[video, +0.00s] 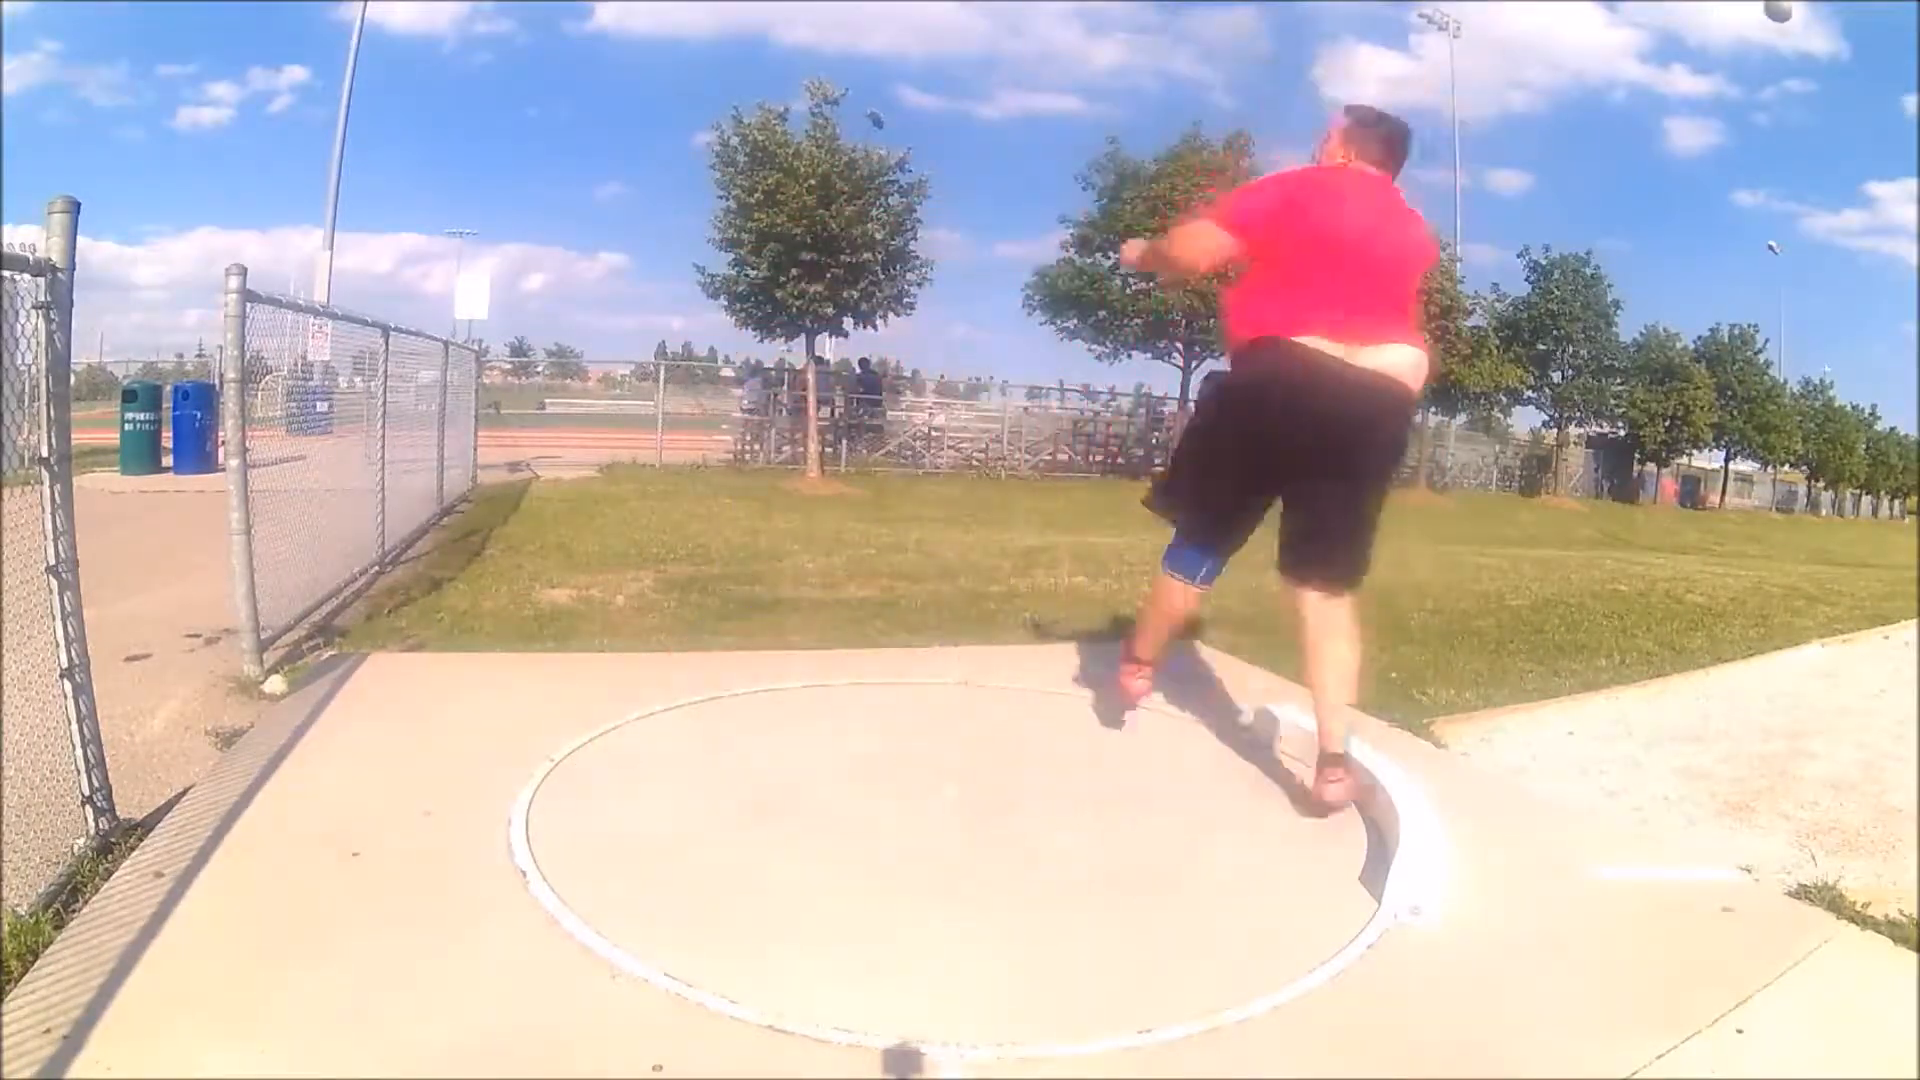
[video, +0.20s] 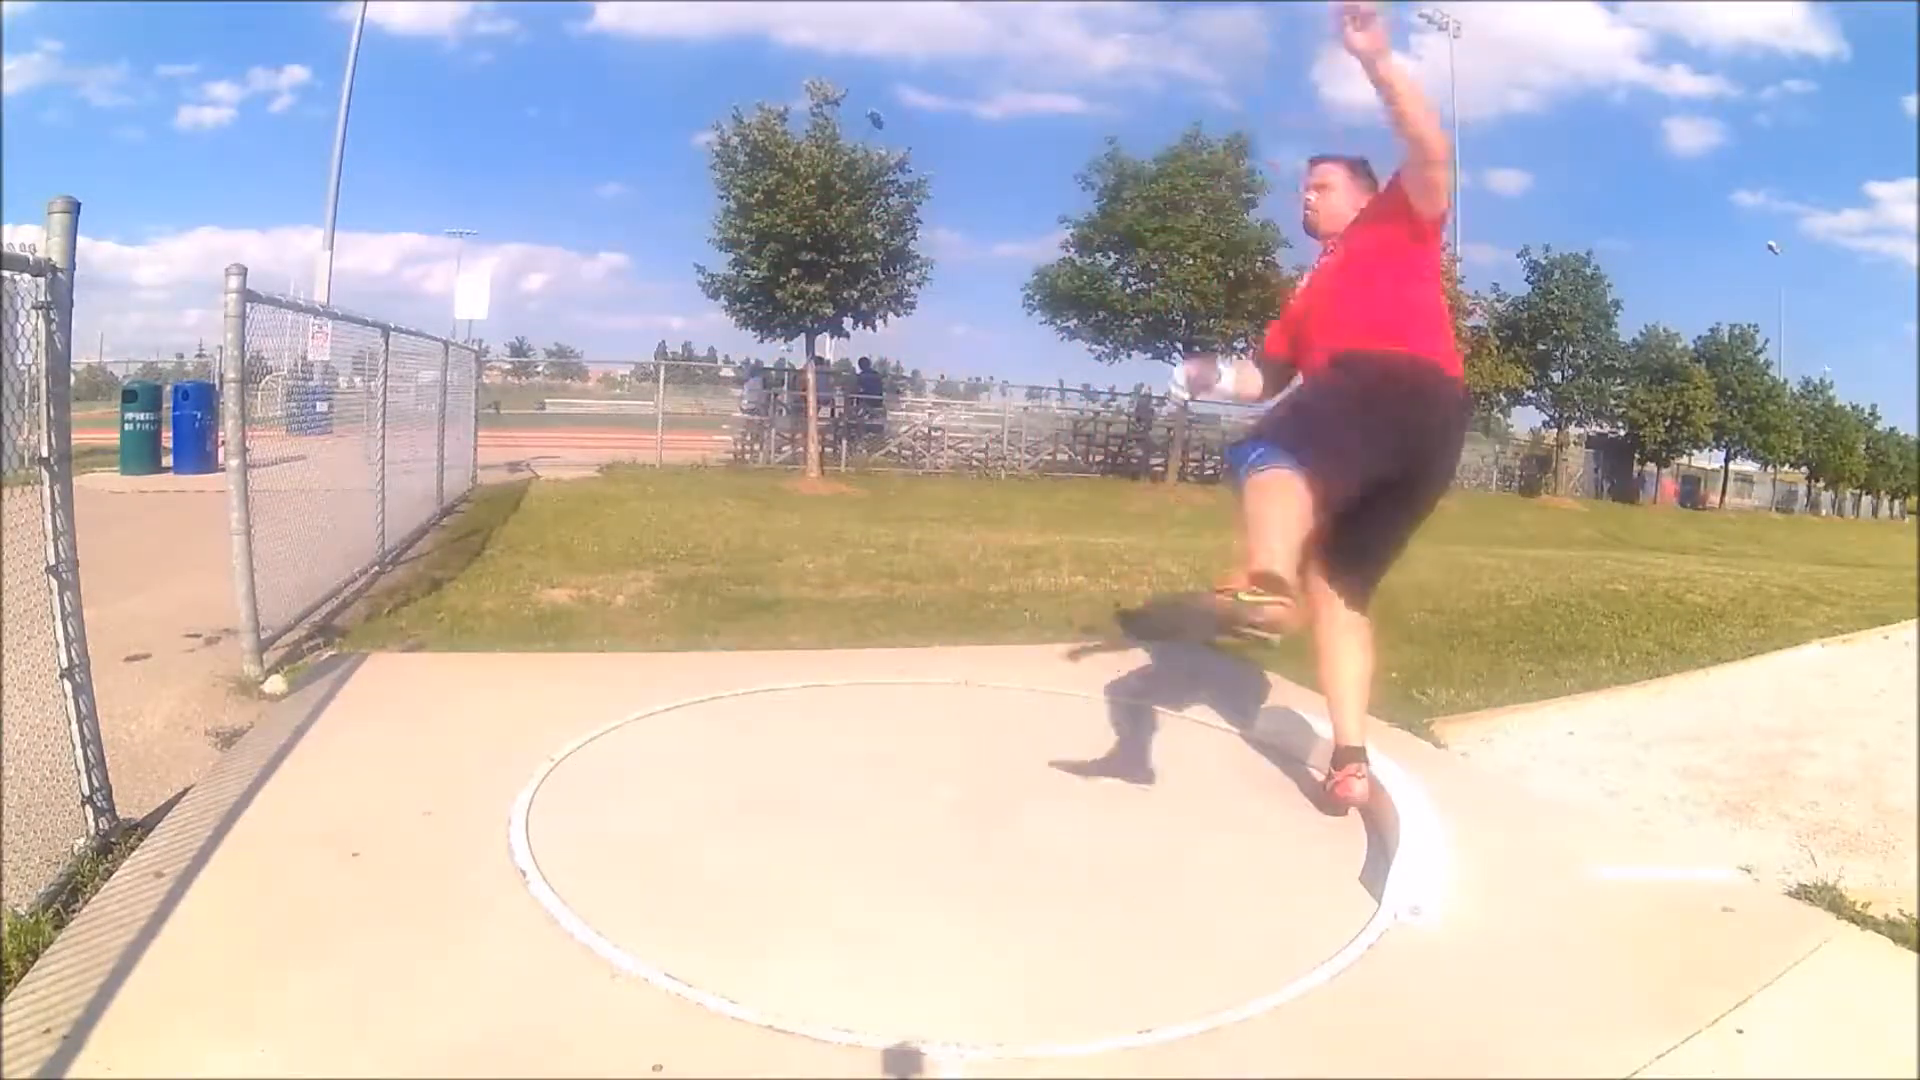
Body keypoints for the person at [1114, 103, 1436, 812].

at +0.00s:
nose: (1320, 145)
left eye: (1327, 137)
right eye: (1328, 138)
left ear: (1338, 143)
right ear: (1394, 165)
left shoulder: (1294, 186)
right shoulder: (1416, 228)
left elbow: (1194, 251)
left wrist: (1145, 254)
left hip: (1279, 381)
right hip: (1379, 405)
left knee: (1202, 539)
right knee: (1328, 583)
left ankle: (1136, 671)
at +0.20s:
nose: (1308, 195)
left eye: (1323, 184)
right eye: (1304, 190)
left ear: (1366, 190)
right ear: (1309, 212)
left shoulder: (1399, 218)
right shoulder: (1309, 292)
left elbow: (1430, 152)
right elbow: (1265, 373)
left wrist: (1378, 57)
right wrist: (1216, 376)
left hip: (1392, 378)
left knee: (1273, 454)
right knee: (1338, 577)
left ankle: (1269, 582)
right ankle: (1350, 756)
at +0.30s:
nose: (1320, 181)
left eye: (1334, 172)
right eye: (1313, 175)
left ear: (1368, 182)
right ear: (1309, 190)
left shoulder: (1414, 209)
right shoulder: (1292, 259)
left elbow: (1471, 118)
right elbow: (1238, 301)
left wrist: (1461, 24)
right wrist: (1233, 261)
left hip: (1420, 370)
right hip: (1356, 414)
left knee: (1376, 465)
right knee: (1325, 568)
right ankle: (1353, 751)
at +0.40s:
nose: (1338, 163)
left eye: (1351, 155)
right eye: (1326, 159)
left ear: (1375, 169)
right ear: (1310, 178)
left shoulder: (1425, 203)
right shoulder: (1294, 237)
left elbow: (1486, 132)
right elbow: (1245, 223)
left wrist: (1506, 51)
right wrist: (1258, 131)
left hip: (1445, 389)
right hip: (1359, 420)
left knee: (1500, 504)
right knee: (1335, 558)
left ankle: (1573, 542)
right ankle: (1359, 736)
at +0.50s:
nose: (1374, 160)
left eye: (1381, 154)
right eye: (1358, 152)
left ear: (1389, 166)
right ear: (1327, 163)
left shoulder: (1425, 210)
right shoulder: (1309, 210)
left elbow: (1478, 171)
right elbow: (1288, 142)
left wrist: (1506, 120)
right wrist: (1307, 43)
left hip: (1465, 400)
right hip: (1364, 421)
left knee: (1534, 539)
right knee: (1341, 567)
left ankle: (1514, 597)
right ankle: (1359, 728)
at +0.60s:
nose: (1414, 171)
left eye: (1417, 165)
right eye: (1400, 162)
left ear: (1414, 182)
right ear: (1364, 171)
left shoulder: (1423, 236)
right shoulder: (1344, 219)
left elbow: (1446, 231)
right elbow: (1361, 130)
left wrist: (1476, 191)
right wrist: (1391, 33)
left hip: (1469, 429)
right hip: (1379, 431)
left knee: (1488, 571)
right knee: (1360, 580)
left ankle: (1445, 663)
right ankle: (1354, 735)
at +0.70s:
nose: (1437, 192)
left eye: (1434, 184)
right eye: (1424, 182)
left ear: (1389, 197)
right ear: (1396, 189)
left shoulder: (1412, 257)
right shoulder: (1395, 227)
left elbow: (1356, 364)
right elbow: (1465, 160)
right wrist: (1502, 98)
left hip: (1454, 450)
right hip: (1403, 437)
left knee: (1445, 595)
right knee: (1400, 586)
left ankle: (1388, 708)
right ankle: (1330, 745)